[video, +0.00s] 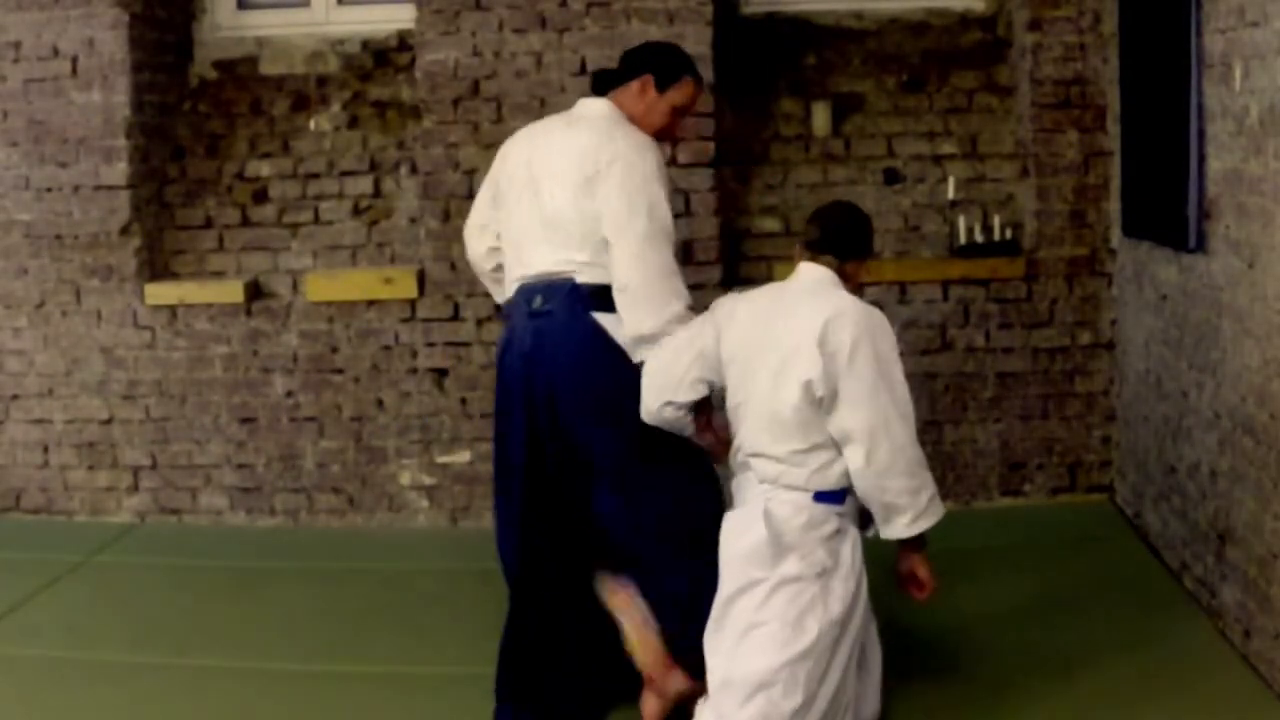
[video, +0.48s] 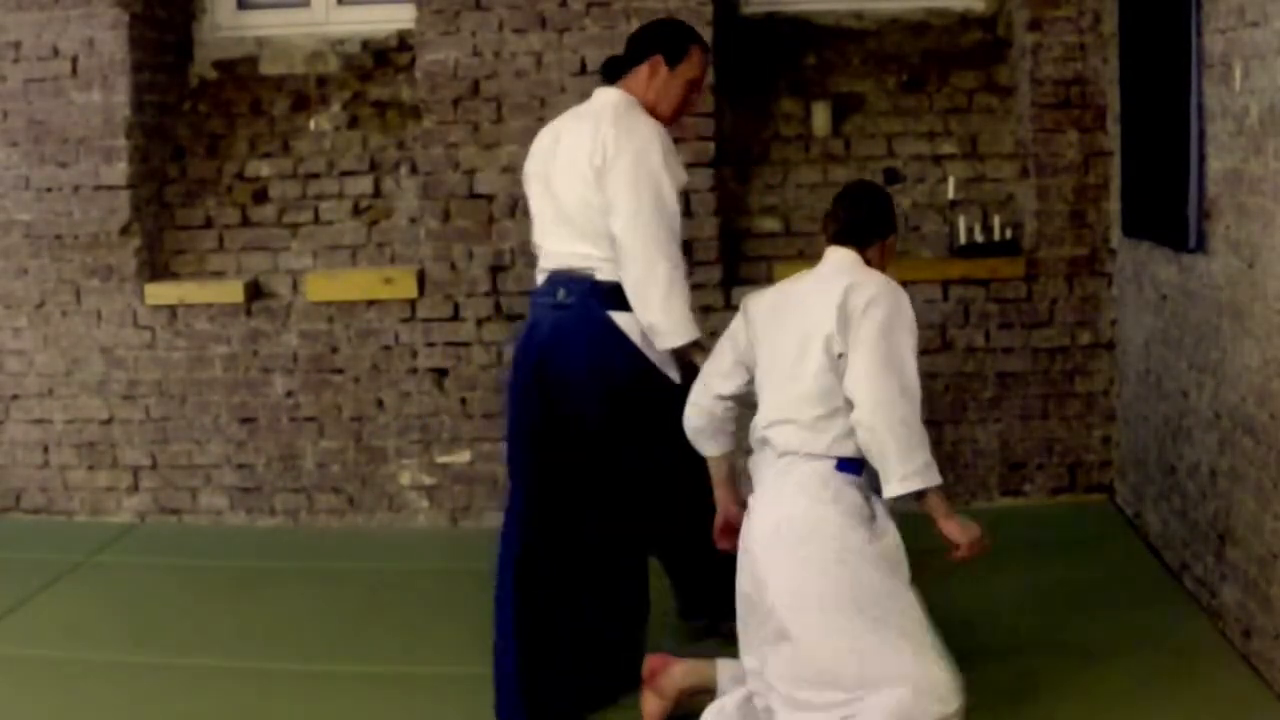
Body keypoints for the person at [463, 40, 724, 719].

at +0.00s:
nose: (677, 131)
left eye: (685, 116)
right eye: (679, 110)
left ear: (626, 87)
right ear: (643, 87)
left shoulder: (522, 143)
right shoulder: (626, 148)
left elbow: (480, 237)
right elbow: (648, 280)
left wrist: (527, 303)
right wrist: (694, 389)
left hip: (523, 338)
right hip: (598, 327)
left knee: (541, 525)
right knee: (676, 497)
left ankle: (540, 694)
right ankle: (640, 594)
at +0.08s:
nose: (675, 132)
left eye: (684, 118)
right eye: (677, 112)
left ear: (622, 86)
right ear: (643, 88)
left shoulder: (517, 141)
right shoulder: (628, 147)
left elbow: (471, 237)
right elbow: (657, 276)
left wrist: (518, 297)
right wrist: (697, 390)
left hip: (519, 336)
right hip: (599, 326)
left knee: (524, 517)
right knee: (658, 494)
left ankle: (540, 679)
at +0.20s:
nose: (678, 133)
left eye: (686, 119)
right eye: (681, 114)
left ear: (628, 86)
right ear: (648, 89)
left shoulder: (518, 139)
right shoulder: (631, 147)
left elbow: (474, 239)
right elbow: (657, 269)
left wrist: (520, 296)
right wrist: (703, 378)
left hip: (518, 336)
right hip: (600, 326)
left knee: (521, 518)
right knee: (648, 498)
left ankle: (538, 681)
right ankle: (607, 666)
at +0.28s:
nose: (681, 132)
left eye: (690, 117)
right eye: (686, 111)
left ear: (632, 82)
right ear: (652, 85)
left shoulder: (523, 138)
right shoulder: (631, 142)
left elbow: (486, 244)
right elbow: (652, 263)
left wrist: (531, 303)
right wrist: (700, 362)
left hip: (521, 334)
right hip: (602, 323)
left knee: (529, 520)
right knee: (658, 482)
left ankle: (540, 690)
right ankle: (629, 579)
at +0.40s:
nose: (686, 116)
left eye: (694, 101)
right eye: (688, 96)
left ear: (634, 76)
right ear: (654, 76)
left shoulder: (538, 135)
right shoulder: (632, 132)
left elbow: (516, 241)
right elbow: (649, 253)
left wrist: (562, 302)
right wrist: (692, 360)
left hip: (530, 332)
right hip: (606, 327)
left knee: (540, 516)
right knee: (658, 502)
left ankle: (545, 685)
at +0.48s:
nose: (695, 99)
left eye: (699, 85)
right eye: (692, 82)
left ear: (635, 71)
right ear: (655, 70)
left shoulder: (553, 133)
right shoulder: (636, 134)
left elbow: (557, 242)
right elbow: (649, 253)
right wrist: (696, 355)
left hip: (545, 326)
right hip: (611, 325)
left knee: (548, 513)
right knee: (666, 488)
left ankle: (538, 682)